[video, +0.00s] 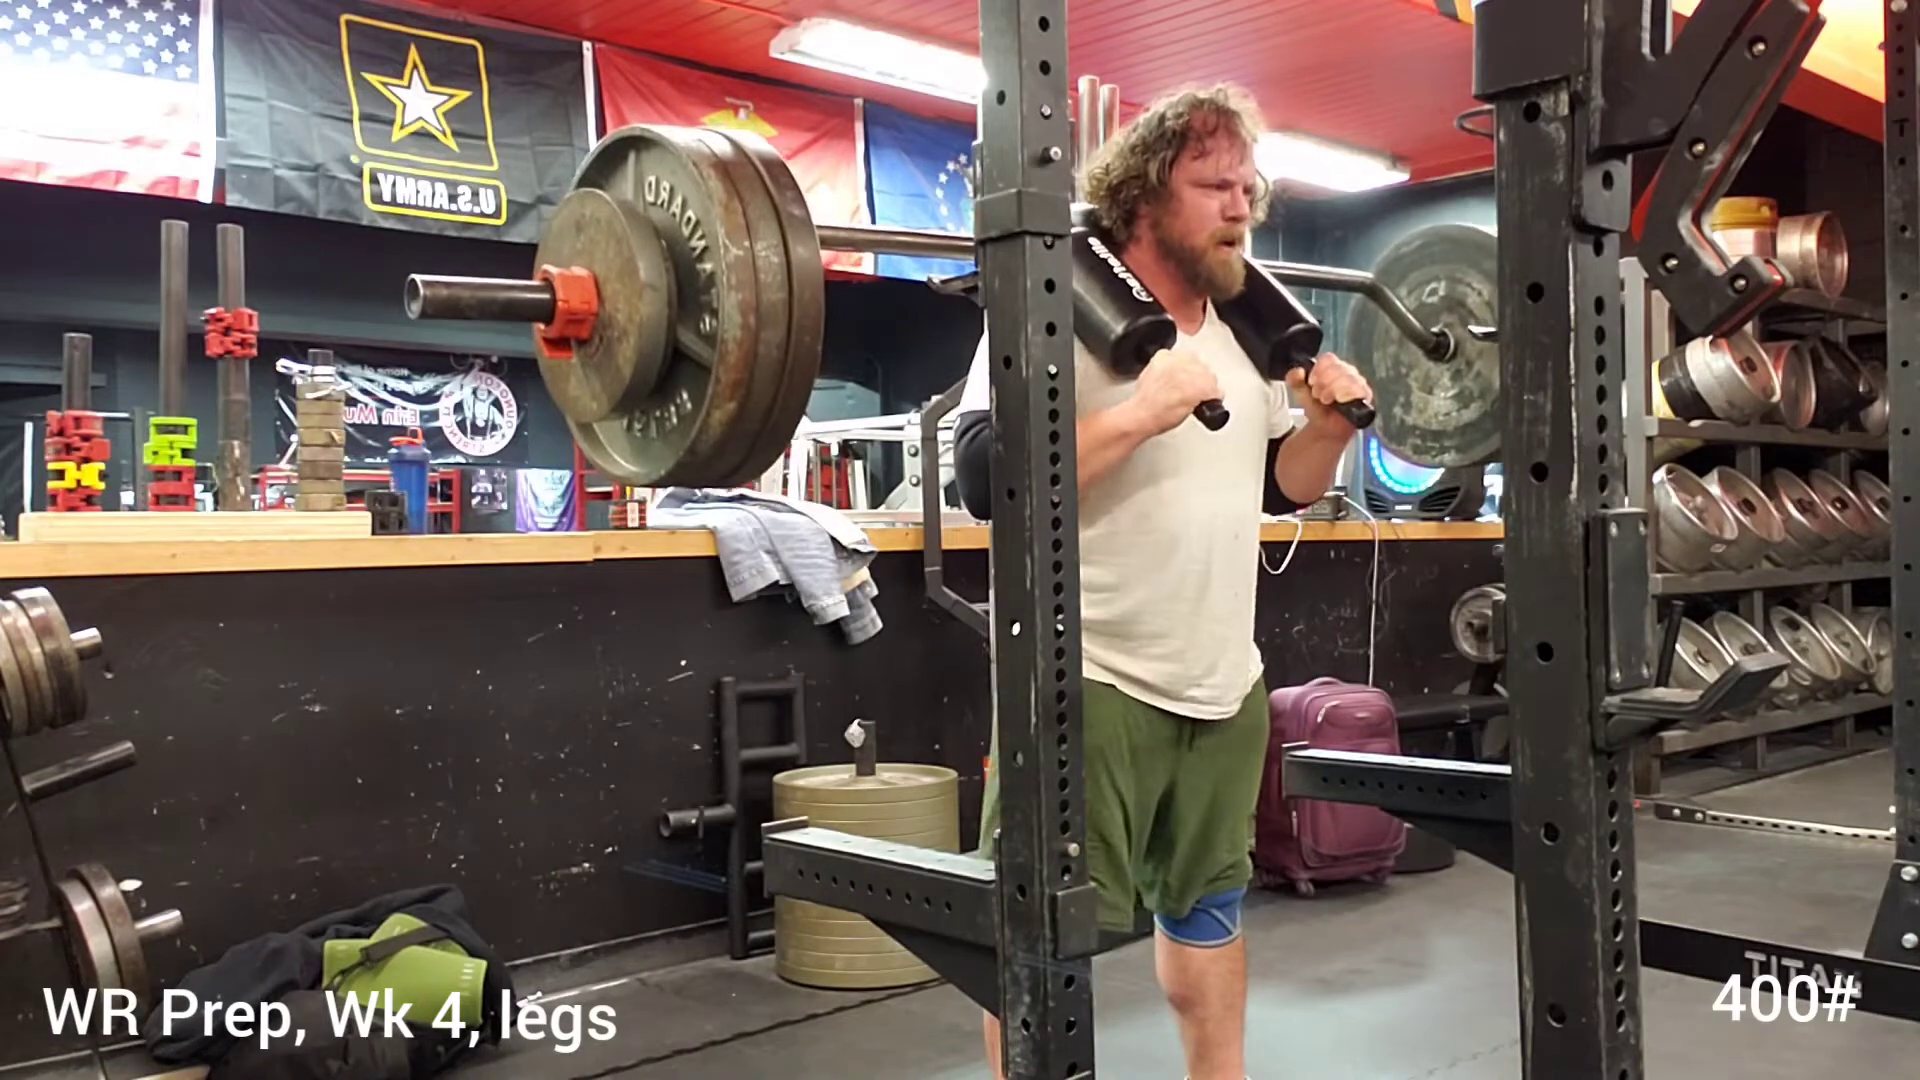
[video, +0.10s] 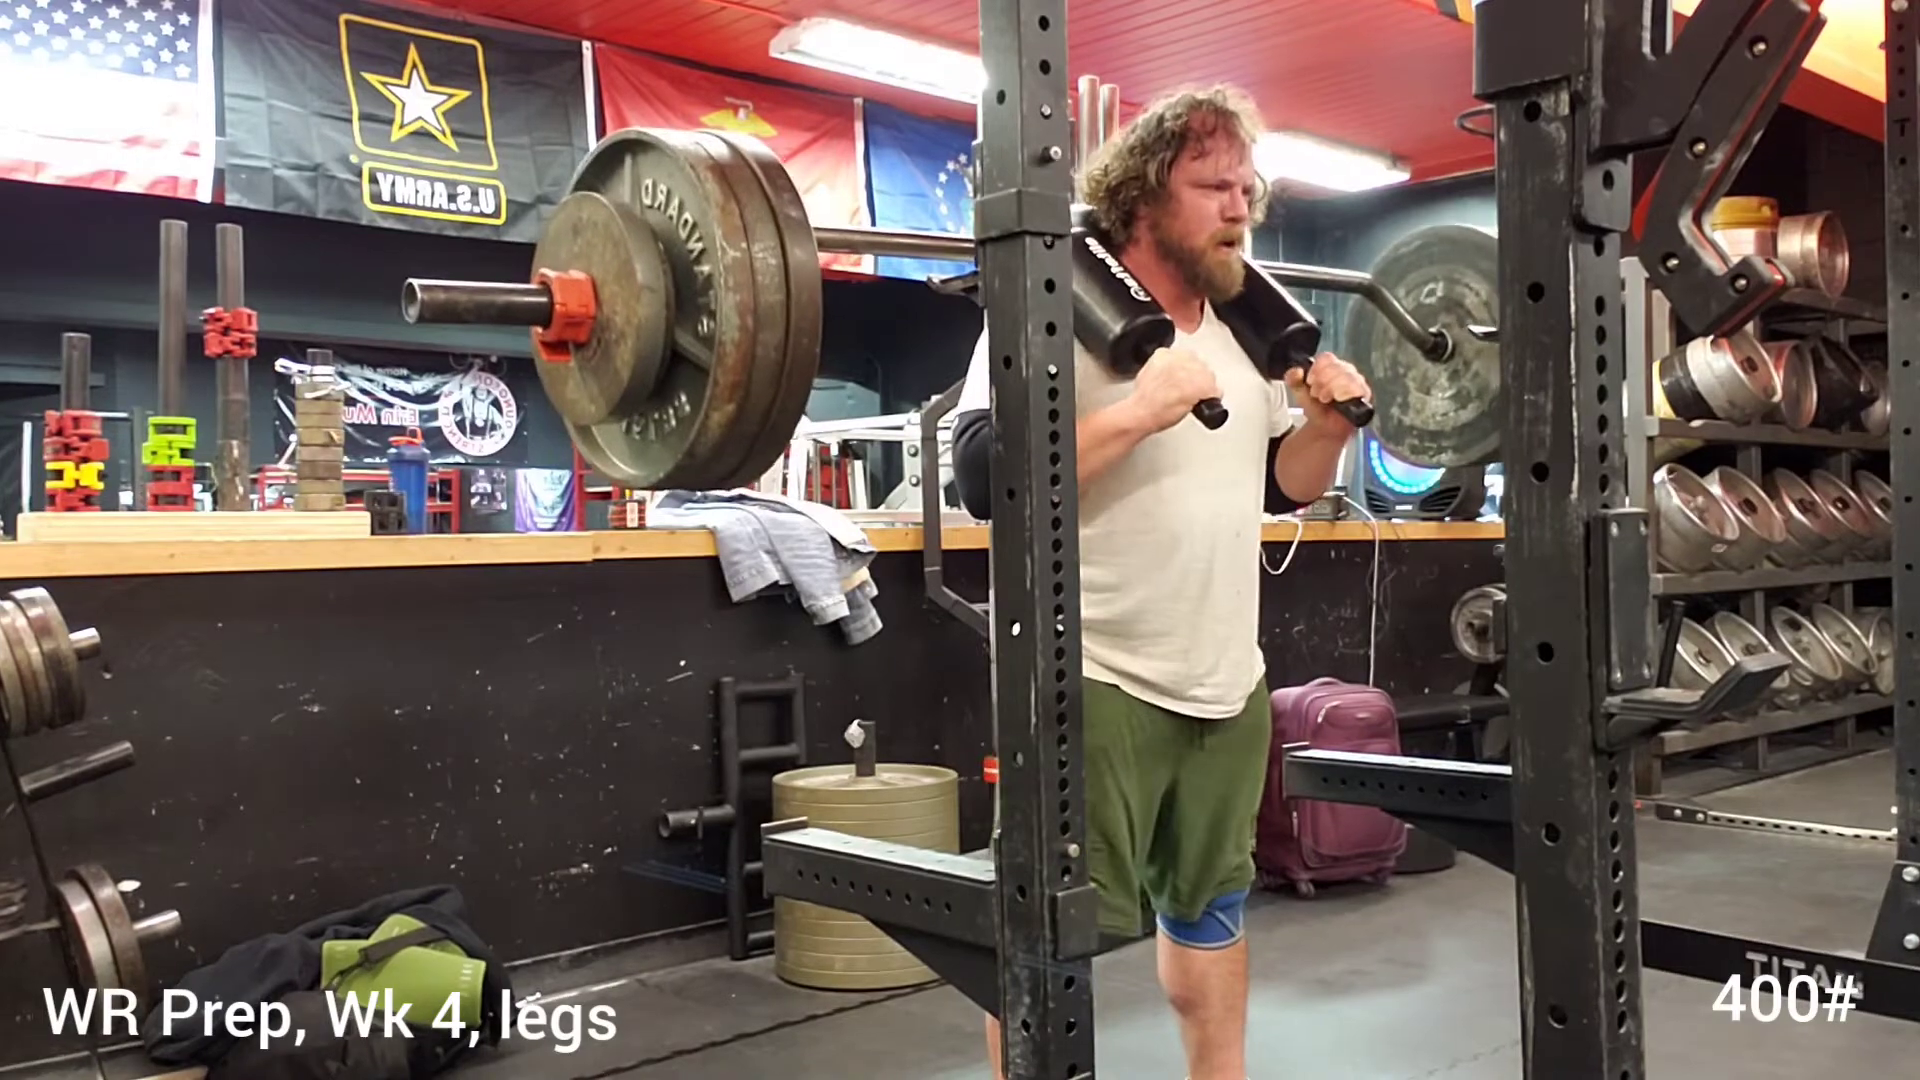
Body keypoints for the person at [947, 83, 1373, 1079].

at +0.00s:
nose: (1243, 204)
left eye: (1248, 184)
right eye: (1217, 183)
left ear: (1251, 195)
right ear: (1147, 194)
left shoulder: (1246, 328)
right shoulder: (1052, 302)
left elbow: (1284, 485)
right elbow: (983, 477)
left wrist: (1331, 424)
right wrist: (1135, 415)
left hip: (1223, 684)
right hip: (1089, 681)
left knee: (1207, 925)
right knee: (1042, 939)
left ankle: (1219, 1073)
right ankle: (1024, 1072)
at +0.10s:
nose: (1242, 207)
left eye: (1247, 186)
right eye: (1217, 184)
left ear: (1249, 195)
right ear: (1147, 191)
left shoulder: (1246, 323)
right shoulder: (1051, 297)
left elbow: (1286, 485)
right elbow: (983, 475)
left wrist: (1329, 422)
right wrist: (1134, 413)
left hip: (1227, 681)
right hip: (1096, 677)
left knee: (1209, 923)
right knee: (1053, 936)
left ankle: (1219, 1073)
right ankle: (1026, 1072)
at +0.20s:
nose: (1241, 203)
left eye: (1246, 184)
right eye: (1216, 183)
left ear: (1249, 192)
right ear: (1144, 193)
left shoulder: (1248, 321)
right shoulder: (1051, 299)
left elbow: (1291, 480)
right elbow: (987, 471)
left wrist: (1330, 412)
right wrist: (1139, 400)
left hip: (1227, 681)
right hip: (1096, 678)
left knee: (1208, 922)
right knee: (1056, 936)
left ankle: (1220, 1073)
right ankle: (1025, 1072)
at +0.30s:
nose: (1240, 205)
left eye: (1245, 185)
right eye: (1214, 184)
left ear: (1247, 194)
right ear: (1143, 191)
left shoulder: (1248, 321)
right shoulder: (1050, 299)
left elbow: (1291, 477)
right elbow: (988, 473)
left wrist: (1332, 409)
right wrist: (1137, 395)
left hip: (1220, 682)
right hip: (1092, 679)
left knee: (1212, 918)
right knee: (1053, 934)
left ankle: (1220, 1073)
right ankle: (1023, 1072)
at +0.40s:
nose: (1239, 227)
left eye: (1244, 206)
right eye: (1213, 207)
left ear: (1249, 213)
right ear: (1143, 219)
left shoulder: (1247, 332)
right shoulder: (1055, 315)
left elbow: (1294, 491)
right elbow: (995, 489)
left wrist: (1335, 423)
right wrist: (1135, 411)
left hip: (1201, 685)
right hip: (1064, 686)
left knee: (1242, 894)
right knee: (1047, 929)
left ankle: (1223, 1072)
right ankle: (1020, 1074)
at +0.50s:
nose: (1239, 260)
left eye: (1245, 240)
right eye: (1214, 240)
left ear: (1252, 250)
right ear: (1145, 249)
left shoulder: (1250, 364)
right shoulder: (1058, 355)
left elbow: (1307, 536)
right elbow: (1002, 527)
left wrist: (1335, 469)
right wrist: (1144, 460)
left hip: (1195, 701)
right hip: (1057, 703)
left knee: (1267, 890)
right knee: (1047, 938)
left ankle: (1230, 1074)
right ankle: (1014, 1073)